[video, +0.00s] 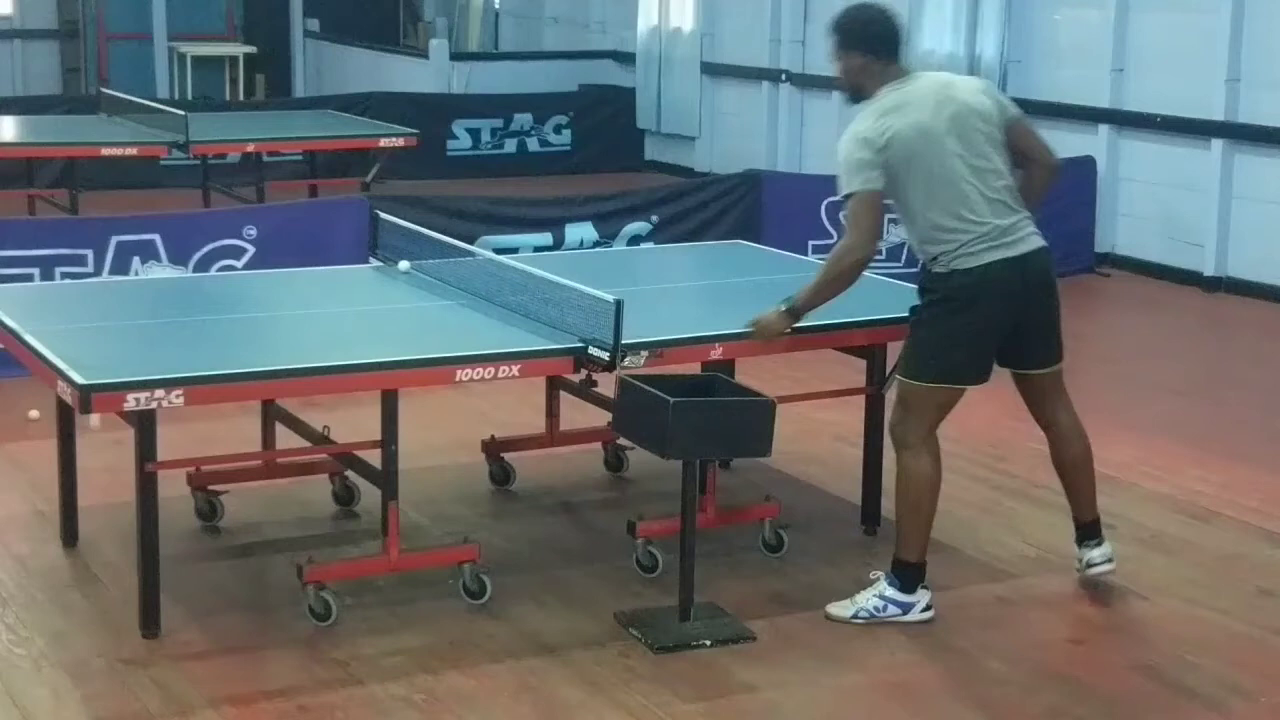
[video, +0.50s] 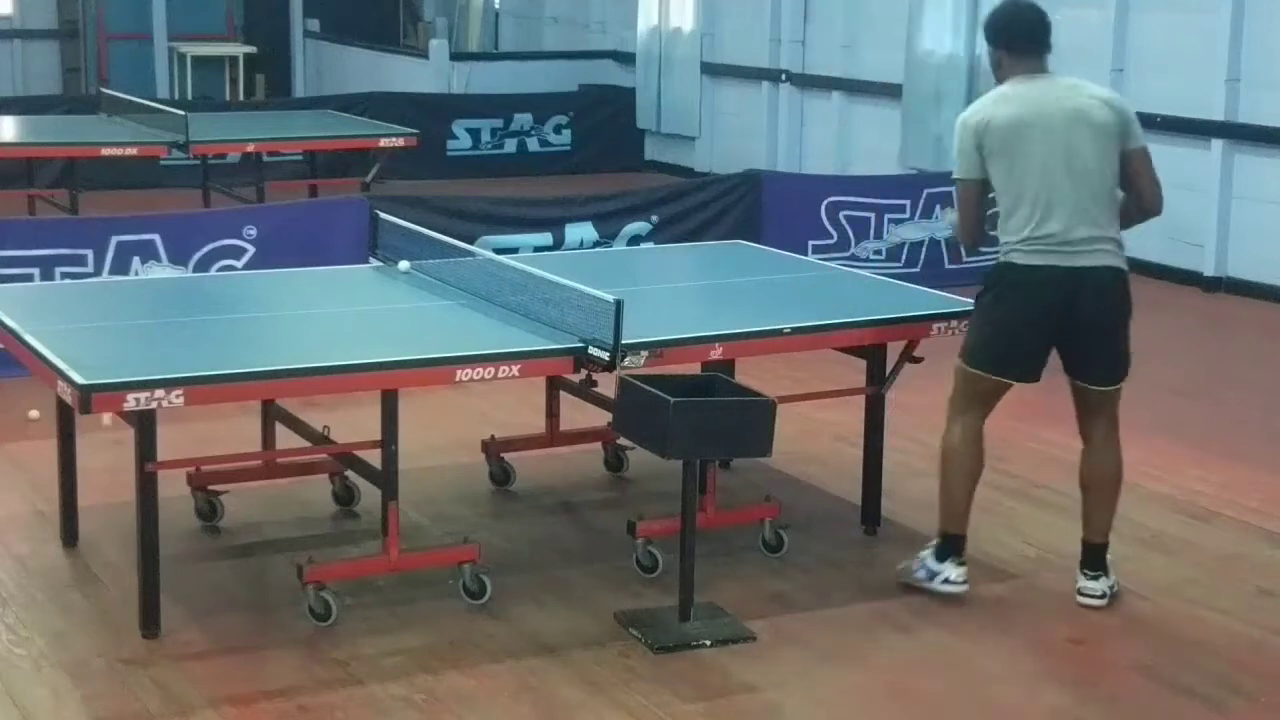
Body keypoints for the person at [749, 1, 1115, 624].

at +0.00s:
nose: (837, 72)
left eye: (839, 61)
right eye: (837, 61)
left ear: (858, 59)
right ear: (894, 52)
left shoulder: (868, 131)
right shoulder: (970, 89)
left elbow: (859, 246)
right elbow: (1043, 164)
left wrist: (791, 312)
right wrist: (1000, 220)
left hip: (962, 288)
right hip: (1031, 272)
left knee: (912, 427)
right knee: (1055, 408)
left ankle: (905, 586)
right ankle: (1093, 544)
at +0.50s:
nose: (993, 61)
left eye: (991, 52)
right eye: (997, 51)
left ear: (995, 52)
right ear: (1049, 47)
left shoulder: (979, 118)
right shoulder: (1107, 104)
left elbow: (970, 234)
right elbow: (1148, 202)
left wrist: (995, 208)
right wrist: (1091, 221)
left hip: (1021, 290)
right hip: (1101, 292)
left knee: (966, 415)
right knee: (1100, 424)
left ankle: (948, 558)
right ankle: (1095, 571)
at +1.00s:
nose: (960, 164)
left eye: (959, 157)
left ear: (964, 153)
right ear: (1012, 141)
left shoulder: (953, 182)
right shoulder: (1068, 169)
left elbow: (932, 279)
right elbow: (1086, 251)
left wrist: (948, 250)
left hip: (1001, 315)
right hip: (1079, 316)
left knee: (974, 404)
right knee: (1090, 431)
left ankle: (964, 530)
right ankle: (1089, 563)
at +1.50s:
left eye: (1001, 108)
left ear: (999, 114)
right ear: (1050, 116)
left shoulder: (972, 147)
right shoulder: (1083, 157)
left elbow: (913, 179)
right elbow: (1103, 262)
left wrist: (929, 131)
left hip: (991, 296)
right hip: (1068, 300)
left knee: (976, 401)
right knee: (1116, 431)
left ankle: (964, 531)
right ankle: (1141, 577)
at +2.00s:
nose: (1062, 107)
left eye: (1065, 100)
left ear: (1066, 102)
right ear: (1120, 110)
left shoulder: (1030, 136)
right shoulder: (1143, 143)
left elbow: (941, 193)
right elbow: (1196, 226)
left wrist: (854, 209)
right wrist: (1168, 208)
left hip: (1047, 291)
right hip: (1127, 298)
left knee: (997, 393)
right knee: (1147, 432)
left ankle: (989, 526)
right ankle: (1144, 576)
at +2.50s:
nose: (982, 78)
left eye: (993, 69)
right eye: (985, 68)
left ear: (1026, 79)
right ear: (1015, 80)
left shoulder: (1055, 126)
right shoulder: (1025, 134)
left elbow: (1088, 202)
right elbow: (1055, 207)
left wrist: (1016, 201)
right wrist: (996, 203)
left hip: (1099, 277)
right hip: (1083, 276)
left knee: (1015, 397)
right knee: (1044, 398)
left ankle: (1032, 542)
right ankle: (1144, 470)